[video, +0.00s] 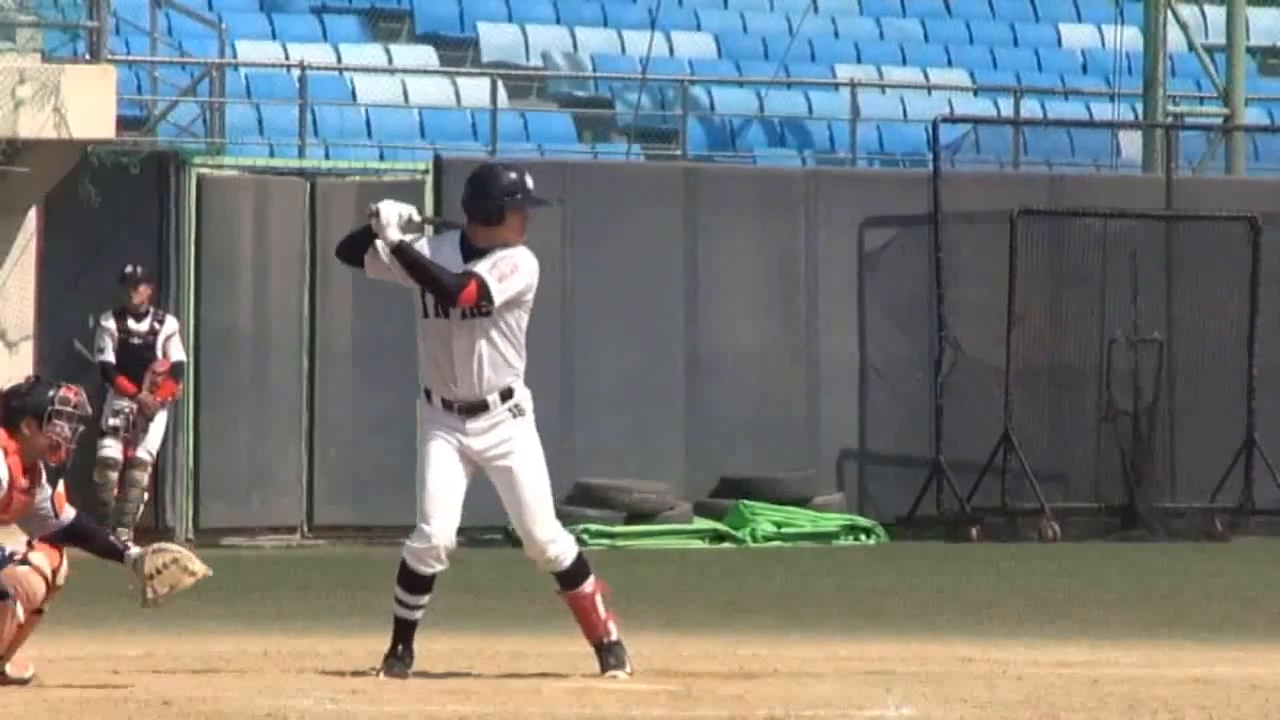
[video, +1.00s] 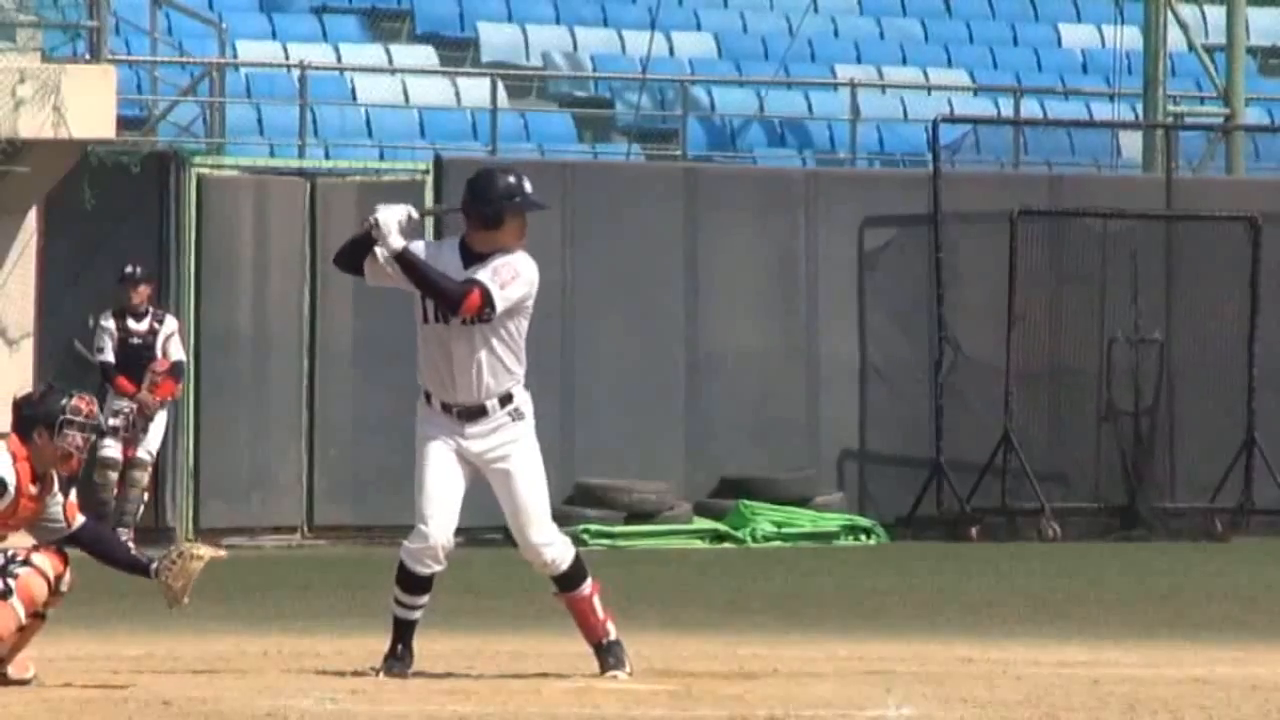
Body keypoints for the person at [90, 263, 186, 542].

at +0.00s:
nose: (133, 293)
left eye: (139, 287)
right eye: (129, 287)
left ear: (150, 290)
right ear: (123, 290)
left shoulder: (168, 324)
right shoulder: (110, 322)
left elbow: (177, 369)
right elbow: (107, 368)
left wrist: (158, 398)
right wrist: (137, 394)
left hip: (154, 399)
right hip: (120, 395)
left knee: (141, 461)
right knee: (108, 456)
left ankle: (125, 530)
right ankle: (105, 526)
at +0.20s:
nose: (132, 292)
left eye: (138, 287)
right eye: (128, 287)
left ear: (150, 290)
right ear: (123, 290)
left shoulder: (168, 324)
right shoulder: (109, 321)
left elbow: (177, 370)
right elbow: (107, 369)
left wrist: (158, 398)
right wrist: (137, 395)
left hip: (154, 400)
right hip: (120, 395)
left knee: (141, 461)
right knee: (109, 456)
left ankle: (126, 530)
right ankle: (102, 526)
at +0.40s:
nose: (133, 292)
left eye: (139, 286)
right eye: (129, 286)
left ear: (150, 290)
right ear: (123, 289)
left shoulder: (167, 324)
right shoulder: (109, 321)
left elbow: (177, 370)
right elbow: (107, 368)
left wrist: (158, 397)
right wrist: (136, 394)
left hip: (154, 399)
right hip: (120, 395)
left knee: (141, 461)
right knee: (108, 456)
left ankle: (125, 530)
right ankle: (104, 526)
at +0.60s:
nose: (133, 292)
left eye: (139, 286)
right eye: (128, 286)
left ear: (150, 289)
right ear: (122, 289)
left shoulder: (167, 324)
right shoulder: (109, 321)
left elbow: (176, 370)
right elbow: (107, 368)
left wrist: (158, 398)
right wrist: (136, 394)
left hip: (153, 400)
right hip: (119, 395)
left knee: (140, 460)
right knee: (108, 455)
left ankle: (126, 529)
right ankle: (103, 525)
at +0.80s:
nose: (133, 292)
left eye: (139, 286)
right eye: (128, 286)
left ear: (150, 290)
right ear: (122, 289)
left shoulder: (167, 325)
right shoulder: (109, 321)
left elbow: (177, 369)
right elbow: (107, 367)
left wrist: (157, 399)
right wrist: (136, 394)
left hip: (153, 400)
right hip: (119, 395)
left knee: (140, 462)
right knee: (108, 456)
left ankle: (125, 530)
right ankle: (101, 526)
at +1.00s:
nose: (133, 292)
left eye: (138, 286)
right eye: (128, 287)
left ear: (150, 290)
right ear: (122, 290)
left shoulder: (167, 324)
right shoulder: (109, 321)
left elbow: (177, 368)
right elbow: (106, 367)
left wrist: (156, 399)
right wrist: (136, 394)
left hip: (153, 400)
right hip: (119, 395)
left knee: (141, 460)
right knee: (108, 455)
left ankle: (125, 529)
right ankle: (102, 525)